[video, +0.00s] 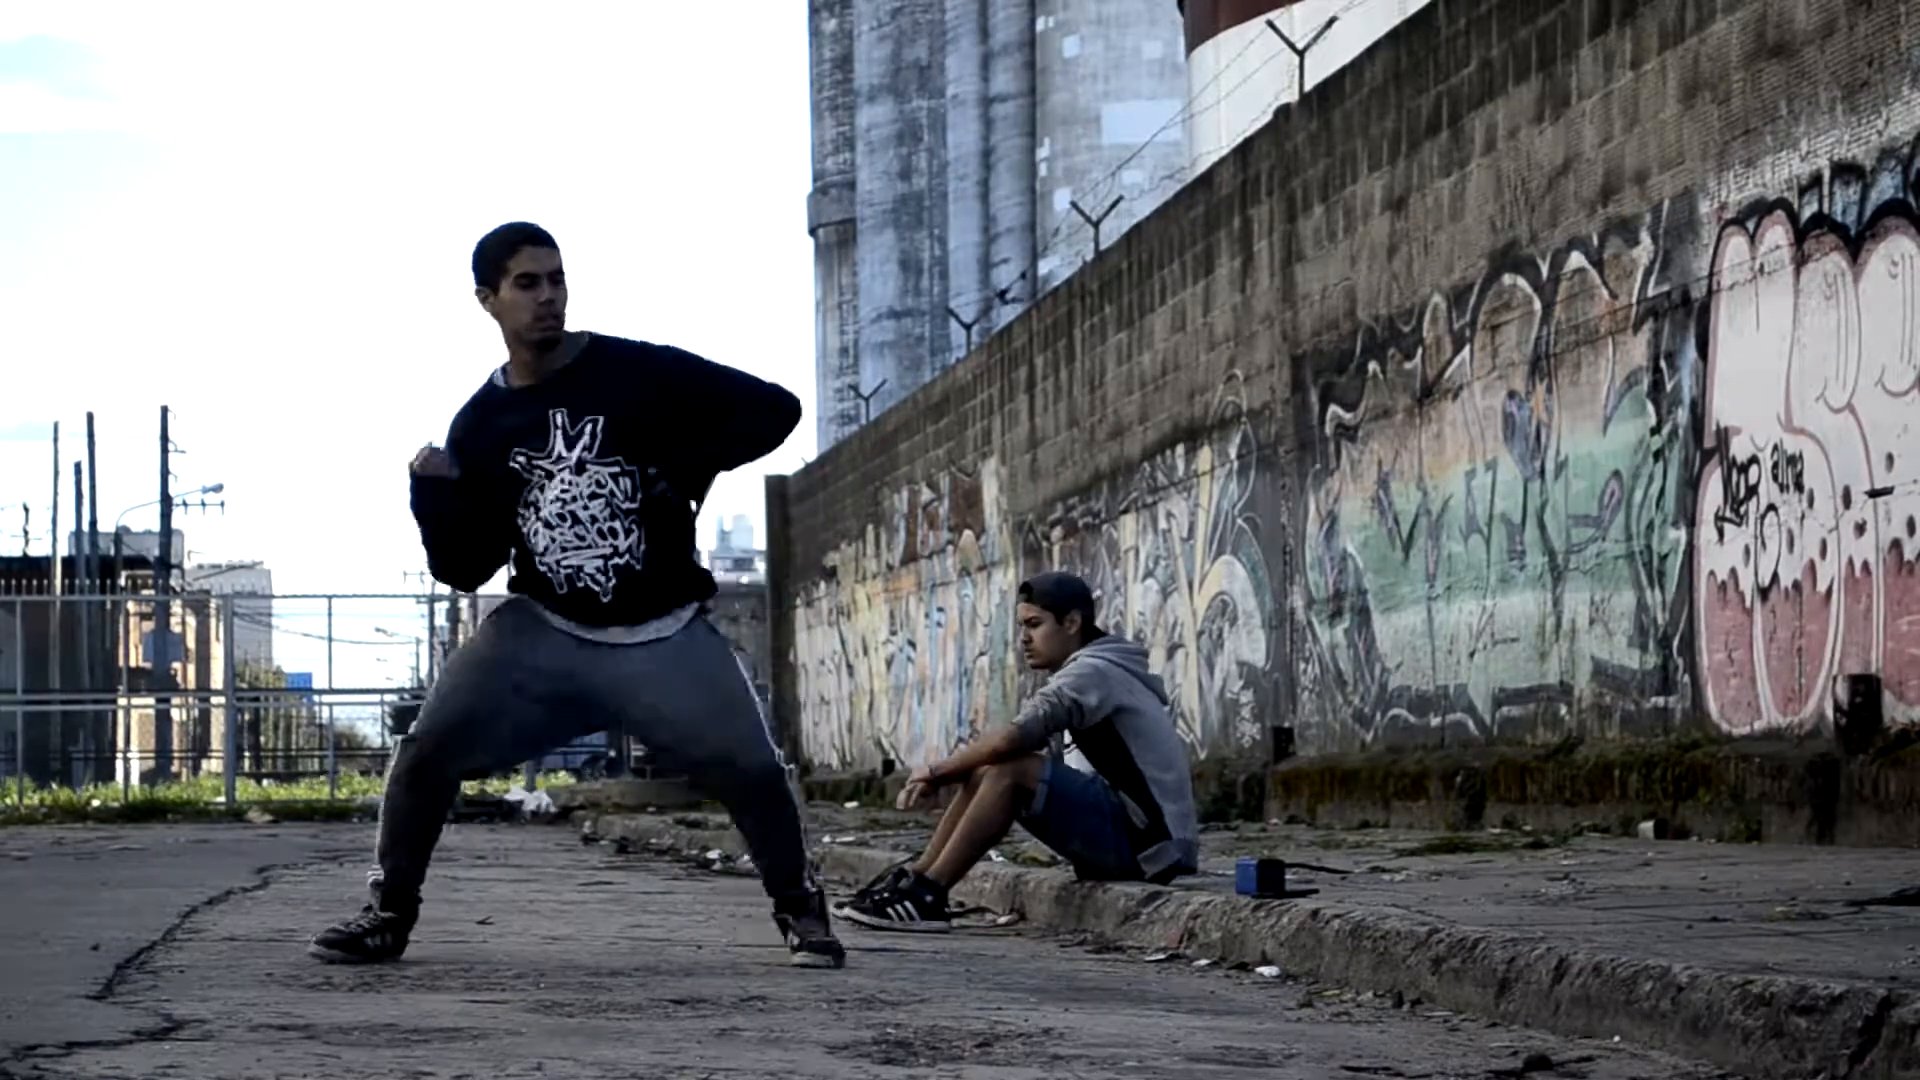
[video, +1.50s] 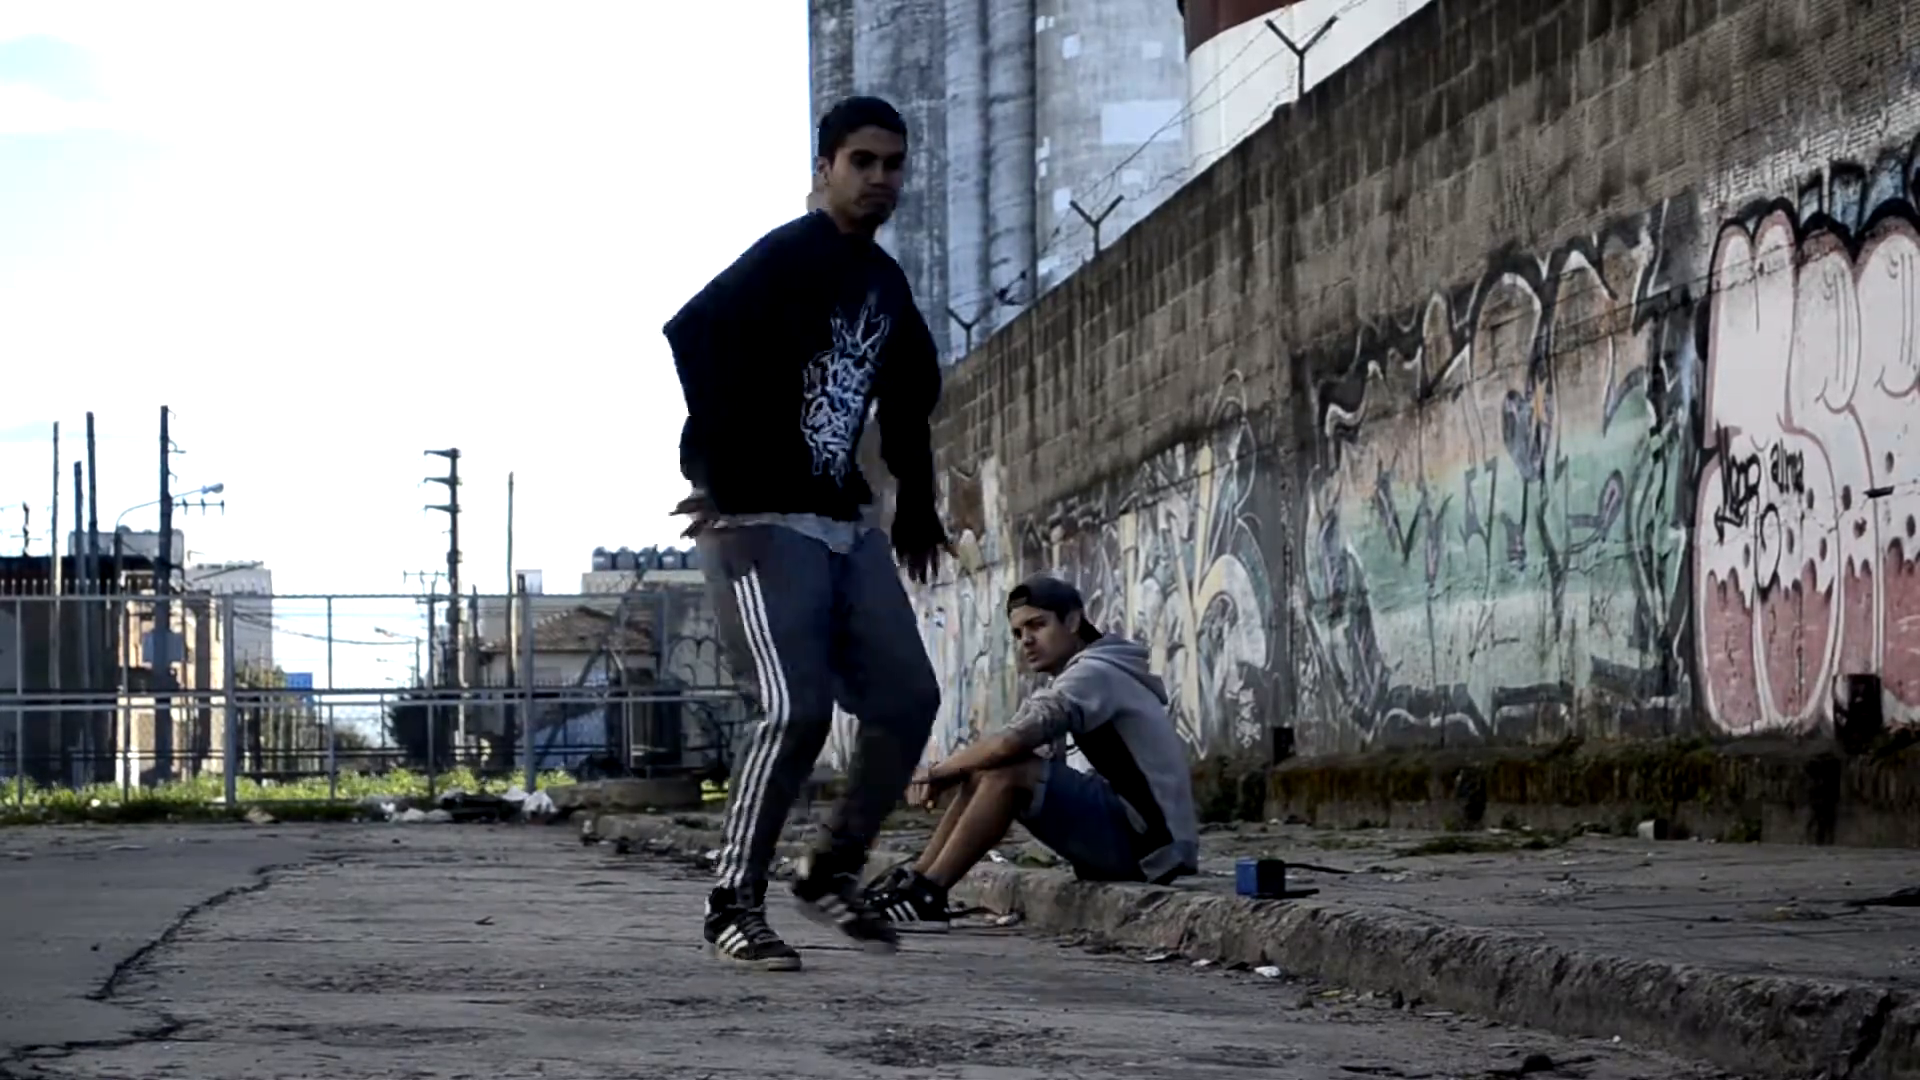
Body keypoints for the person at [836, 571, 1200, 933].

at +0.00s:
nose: (1024, 638)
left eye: (1034, 625)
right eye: (1021, 627)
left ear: (1072, 623)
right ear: (1068, 627)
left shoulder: (1094, 668)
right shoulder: (1080, 670)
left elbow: (1014, 740)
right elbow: (1014, 744)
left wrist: (936, 770)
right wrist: (944, 776)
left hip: (1149, 843)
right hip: (1125, 833)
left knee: (1010, 771)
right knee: (984, 769)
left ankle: (931, 894)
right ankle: (913, 883)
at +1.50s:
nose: (1026, 641)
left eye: (1037, 626)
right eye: (1019, 634)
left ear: (1074, 621)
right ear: (1017, 639)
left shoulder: (1096, 670)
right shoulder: (1063, 677)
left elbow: (1011, 744)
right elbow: (1007, 746)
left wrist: (935, 774)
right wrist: (943, 774)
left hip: (1149, 844)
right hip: (1119, 835)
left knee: (1007, 774)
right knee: (983, 769)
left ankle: (932, 895)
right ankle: (913, 881)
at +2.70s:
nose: (1045, 615)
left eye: (1060, 604)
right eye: (1038, 606)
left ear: (1091, 617)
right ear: (1032, 618)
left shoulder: (1094, 665)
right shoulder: (1078, 669)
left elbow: (1014, 742)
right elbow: (1019, 746)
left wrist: (937, 771)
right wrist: (944, 773)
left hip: (1148, 843)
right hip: (1123, 834)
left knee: (1011, 770)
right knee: (986, 765)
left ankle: (932, 894)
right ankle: (913, 883)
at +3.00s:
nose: (1044, 627)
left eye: (1056, 614)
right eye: (1034, 620)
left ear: (1087, 618)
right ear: (1029, 630)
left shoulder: (1098, 668)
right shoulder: (1082, 673)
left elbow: (1016, 741)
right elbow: (1021, 746)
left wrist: (939, 766)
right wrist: (944, 770)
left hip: (1150, 842)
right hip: (1124, 834)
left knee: (1010, 770)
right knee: (981, 767)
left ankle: (933, 890)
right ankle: (911, 885)